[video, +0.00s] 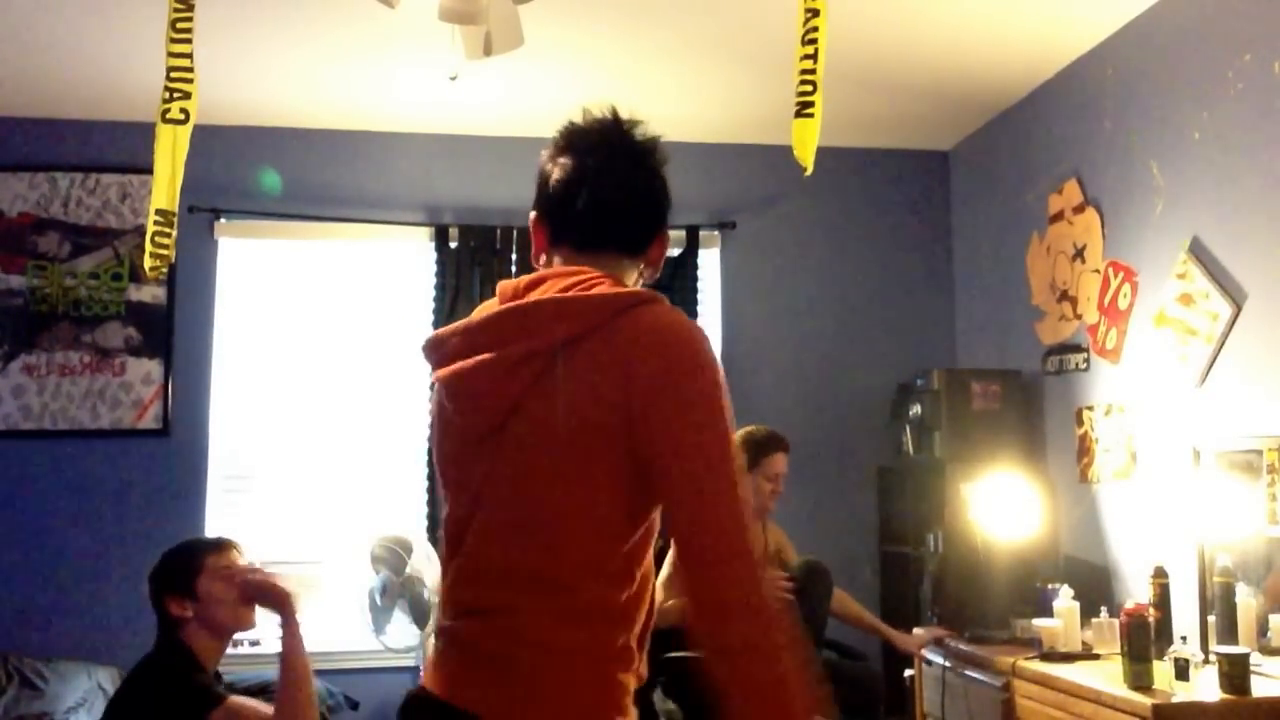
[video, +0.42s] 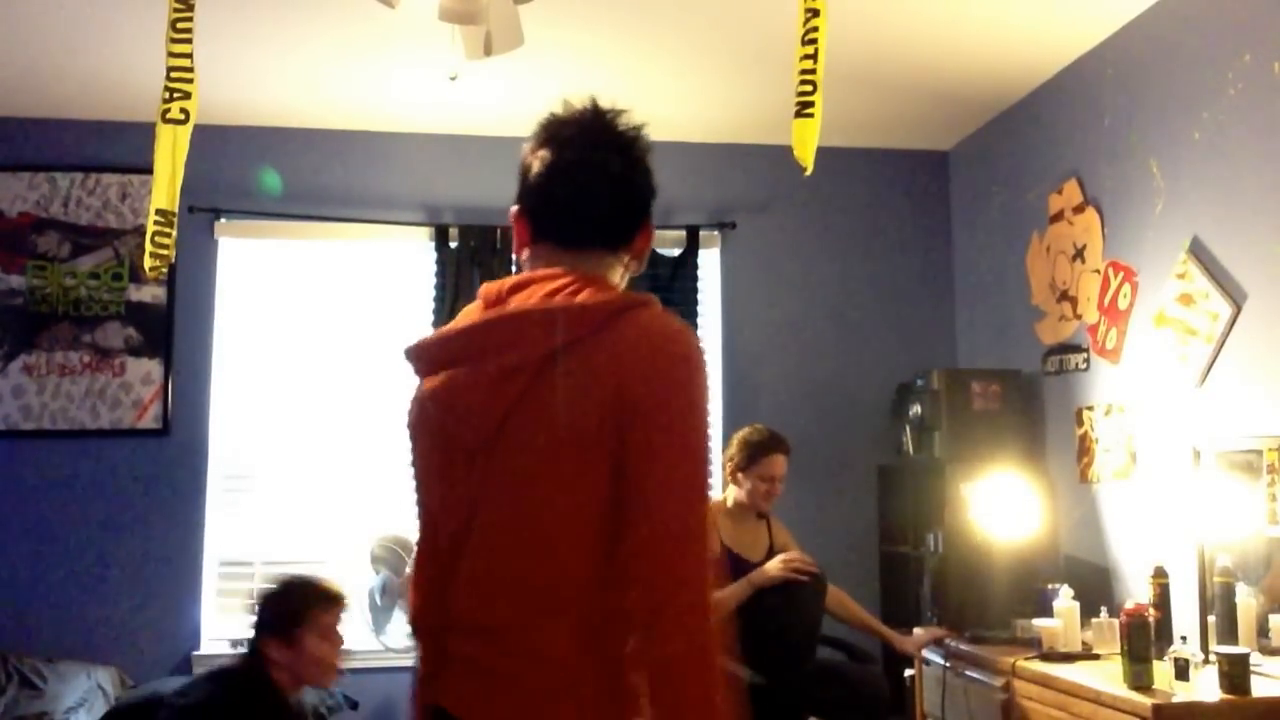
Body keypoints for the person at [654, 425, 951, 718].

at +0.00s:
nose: (778, 490)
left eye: (781, 480)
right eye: (770, 479)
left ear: (780, 480)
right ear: (739, 476)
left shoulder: (768, 535)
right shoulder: (703, 533)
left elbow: (825, 594)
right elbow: (661, 612)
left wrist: (895, 636)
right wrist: (748, 591)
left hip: (761, 643)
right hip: (718, 654)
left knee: (814, 575)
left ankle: (790, 685)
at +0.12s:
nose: (779, 491)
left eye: (783, 481)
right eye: (769, 480)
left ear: (785, 480)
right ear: (737, 475)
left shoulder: (773, 537)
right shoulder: (705, 530)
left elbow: (825, 597)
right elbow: (668, 613)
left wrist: (896, 638)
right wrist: (753, 583)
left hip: (761, 644)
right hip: (710, 649)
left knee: (815, 575)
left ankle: (797, 680)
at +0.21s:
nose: (777, 491)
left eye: (781, 482)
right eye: (768, 481)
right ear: (736, 474)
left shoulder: (769, 531)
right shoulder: (705, 522)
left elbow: (822, 593)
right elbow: (702, 609)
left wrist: (895, 638)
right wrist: (753, 581)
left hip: (766, 640)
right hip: (726, 650)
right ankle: (788, 708)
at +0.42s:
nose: (775, 490)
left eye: (780, 481)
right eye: (766, 480)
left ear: (784, 479)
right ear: (734, 473)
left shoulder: (771, 529)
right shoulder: (705, 521)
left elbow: (820, 591)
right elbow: (703, 610)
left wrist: (896, 639)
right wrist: (758, 578)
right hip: (723, 655)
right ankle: (786, 706)